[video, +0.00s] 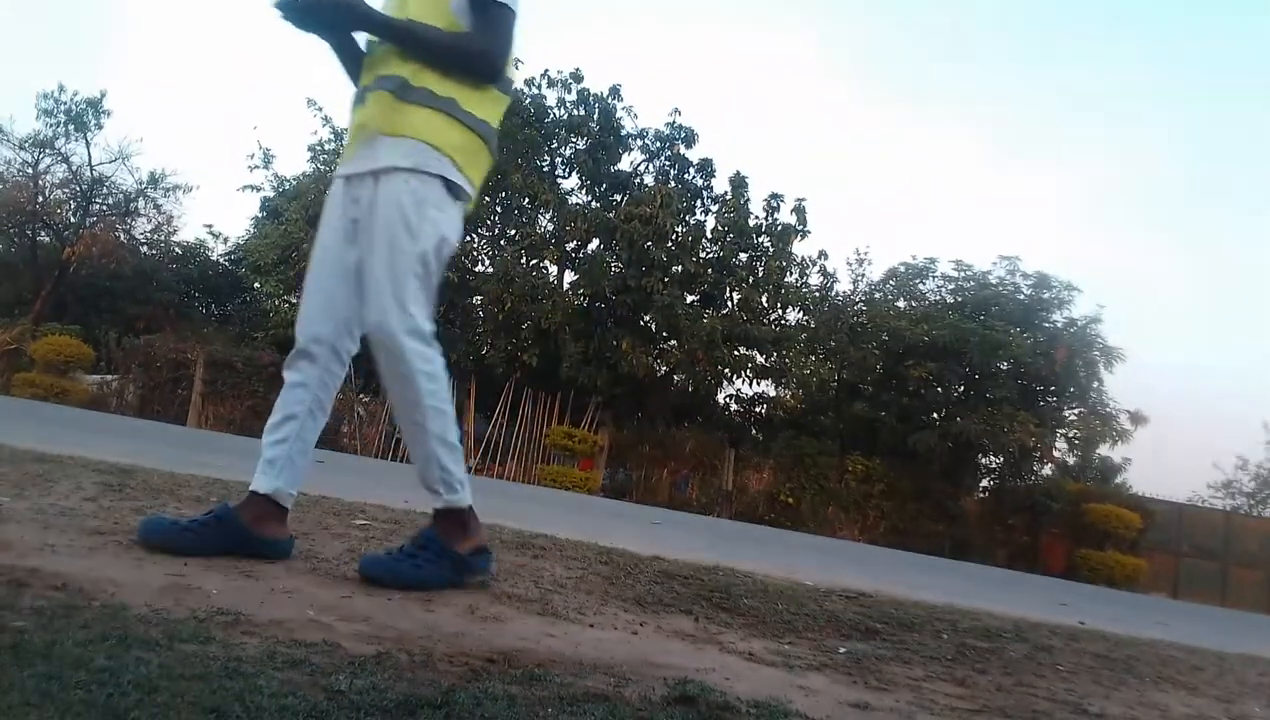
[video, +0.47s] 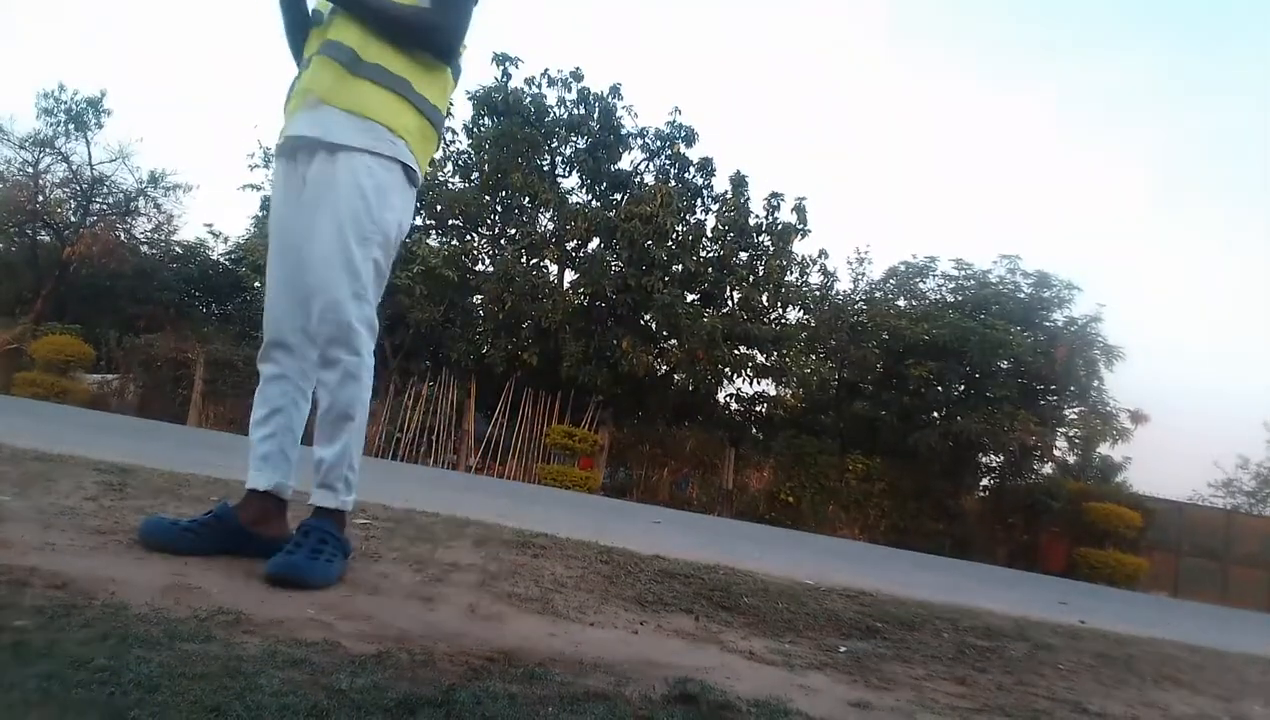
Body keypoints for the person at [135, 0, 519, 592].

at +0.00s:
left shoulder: (480, 5)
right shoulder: (401, 18)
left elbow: (487, 59)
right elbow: (380, 91)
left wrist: (370, 18)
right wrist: (335, 32)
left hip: (425, 157)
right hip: (358, 161)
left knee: (397, 327)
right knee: (318, 342)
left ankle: (459, 529)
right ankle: (263, 512)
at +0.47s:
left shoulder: (446, 8)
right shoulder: (337, 17)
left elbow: (442, 34)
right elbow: (312, 54)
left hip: (375, 136)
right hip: (302, 131)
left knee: (340, 330)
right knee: (284, 333)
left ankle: (327, 522)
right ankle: (261, 510)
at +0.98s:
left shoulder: (448, 10)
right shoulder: (332, 22)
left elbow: (442, 29)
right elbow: (319, 37)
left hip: (381, 138)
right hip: (305, 135)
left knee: (356, 340)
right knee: (291, 336)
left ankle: (327, 523)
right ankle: (261, 510)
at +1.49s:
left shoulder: (450, 10)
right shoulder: (340, 24)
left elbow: (442, 28)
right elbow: (325, 39)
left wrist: (350, 0)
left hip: (382, 140)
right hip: (311, 135)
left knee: (356, 341)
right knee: (291, 336)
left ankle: (328, 523)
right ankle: (262, 509)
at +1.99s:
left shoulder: (449, 10)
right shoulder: (338, 24)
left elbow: (443, 29)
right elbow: (322, 38)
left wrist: (351, 1)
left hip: (380, 138)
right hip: (308, 133)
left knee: (354, 339)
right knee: (290, 334)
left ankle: (328, 523)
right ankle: (262, 509)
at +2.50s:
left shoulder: (446, 8)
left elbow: (439, 30)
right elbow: (324, 39)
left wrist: (344, 1)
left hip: (377, 135)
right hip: (307, 129)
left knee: (352, 337)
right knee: (289, 334)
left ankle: (328, 523)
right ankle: (262, 508)